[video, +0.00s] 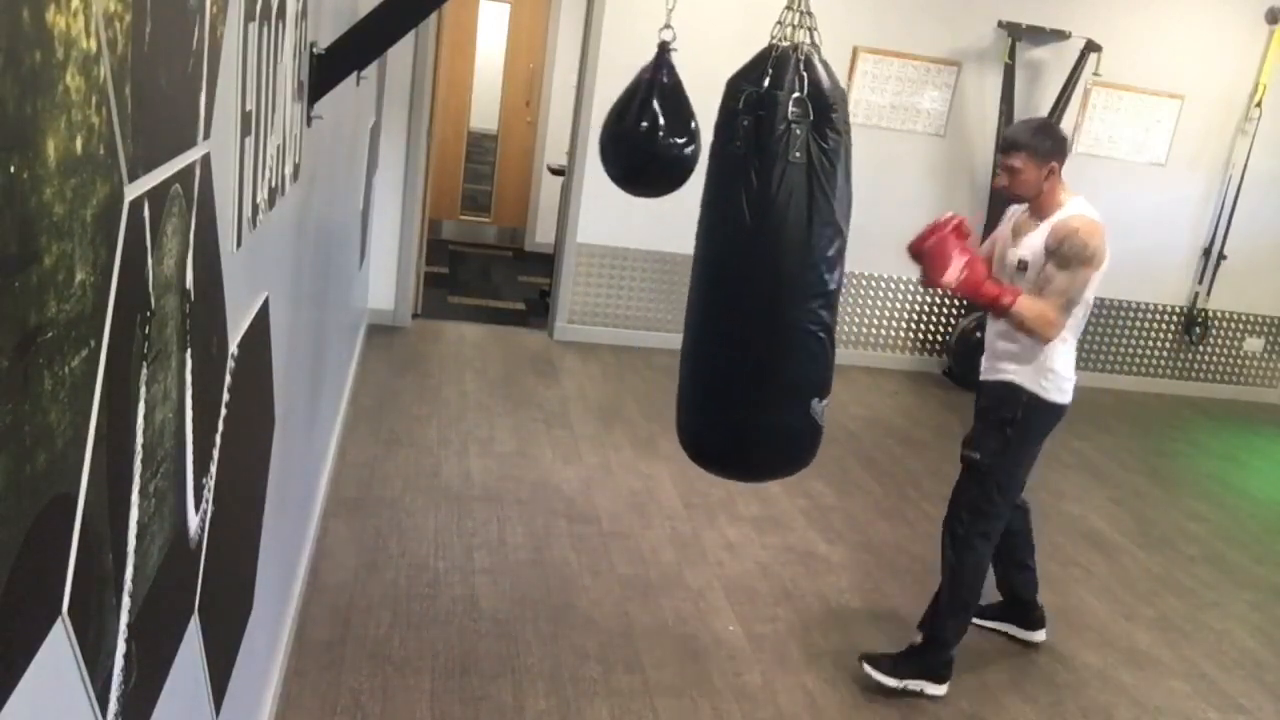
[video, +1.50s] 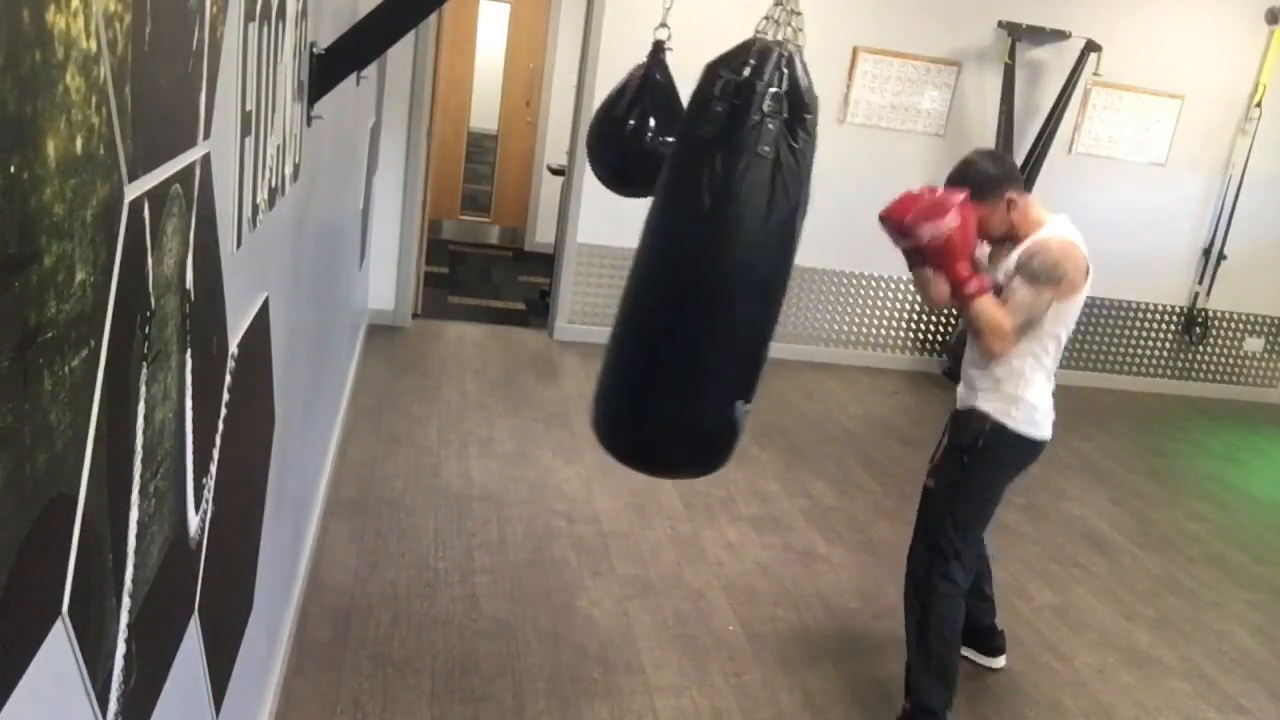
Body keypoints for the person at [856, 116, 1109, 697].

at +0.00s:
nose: (1003, 176)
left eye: (1013, 168)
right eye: (1002, 166)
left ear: (1051, 169)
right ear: (1021, 170)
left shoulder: (1080, 232)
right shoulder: (1017, 218)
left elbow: (1047, 322)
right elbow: (979, 273)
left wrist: (981, 286)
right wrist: (951, 255)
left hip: (1030, 390)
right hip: (1003, 380)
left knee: (971, 518)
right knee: (1001, 498)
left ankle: (932, 660)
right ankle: (1022, 607)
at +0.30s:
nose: (955, 179)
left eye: (962, 168)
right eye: (953, 168)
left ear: (1001, 161)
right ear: (993, 163)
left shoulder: (1028, 209)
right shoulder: (1008, 207)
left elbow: (980, 283)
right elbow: (983, 283)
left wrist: (898, 262)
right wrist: (932, 257)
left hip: (1001, 387)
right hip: (987, 377)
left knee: (941, 513)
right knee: (959, 493)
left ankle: (922, 661)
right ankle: (987, 606)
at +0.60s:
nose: (937, 189)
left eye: (946, 179)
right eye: (935, 178)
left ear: (986, 171)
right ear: (963, 170)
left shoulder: (1020, 221)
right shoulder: (967, 217)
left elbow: (981, 305)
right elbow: (941, 283)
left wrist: (908, 279)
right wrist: (888, 276)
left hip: (978, 398)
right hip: (948, 388)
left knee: (921, 532)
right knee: (944, 509)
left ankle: (892, 670)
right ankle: (978, 606)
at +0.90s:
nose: (933, 197)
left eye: (944, 187)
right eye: (931, 185)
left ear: (985, 179)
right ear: (937, 177)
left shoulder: (1033, 233)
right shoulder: (938, 211)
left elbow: (1019, 333)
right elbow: (868, 247)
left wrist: (942, 298)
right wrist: (823, 255)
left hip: (982, 400)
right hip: (939, 387)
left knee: (921, 535)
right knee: (947, 503)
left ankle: (892, 670)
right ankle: (979, 605)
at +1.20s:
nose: (945, 197)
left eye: (952, 185)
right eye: (942, 186)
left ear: (992, 174)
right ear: (970, 177)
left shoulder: (1040, 228)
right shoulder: (971, 230)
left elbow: (1043, 324)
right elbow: (956, 310)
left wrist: (969, 296)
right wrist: (914, 274)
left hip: (1003, 403)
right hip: (974, 391)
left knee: (917, 526)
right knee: (959, 515)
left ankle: (893, 668)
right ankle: (981, 631)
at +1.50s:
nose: (977, 230)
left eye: (979, 219)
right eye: (972, 220)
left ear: (1011, 202)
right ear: (1011, 202)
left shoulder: (1057, 251)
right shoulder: (1022, 243)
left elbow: (999, 336)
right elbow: (945, 300)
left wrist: (961, 266)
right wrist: (918, 246)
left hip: (1001, 422)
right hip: (992, 412)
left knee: (936, 557)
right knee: (958, 529)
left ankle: (926, 708)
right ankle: (982, 635)